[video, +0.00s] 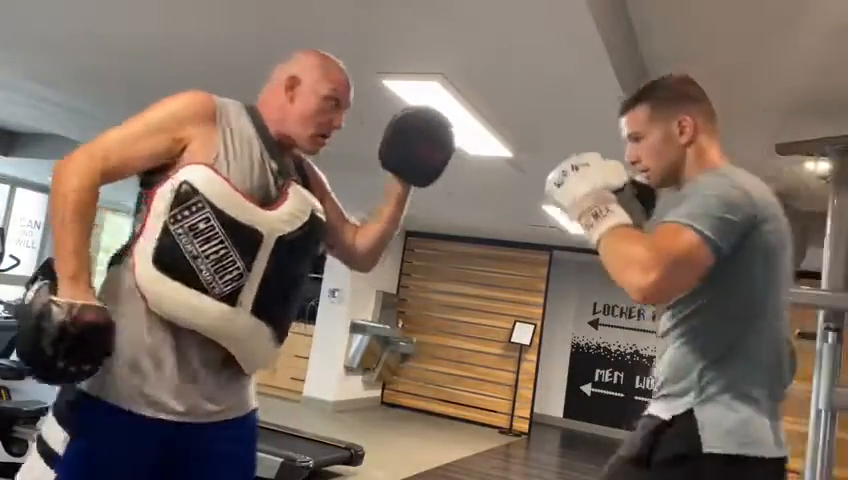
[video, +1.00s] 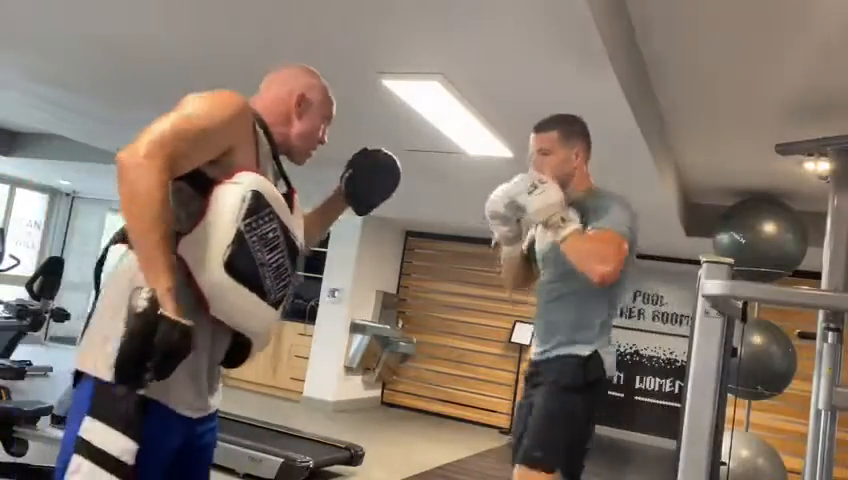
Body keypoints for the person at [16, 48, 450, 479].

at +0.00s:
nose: (340, 121)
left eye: (345, 111)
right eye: (332, 103)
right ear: (285, 89)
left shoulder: (307, 179)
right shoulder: (201, 115)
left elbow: (361, 251)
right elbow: (77, 169)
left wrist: (401, 185)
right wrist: (75, 291)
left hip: (224, 418)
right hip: (126, 404)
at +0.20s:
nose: (289, 105)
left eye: (293, 92)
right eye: (283, 82)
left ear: (240, 73)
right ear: (238, 67)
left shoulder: (248, 157)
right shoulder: (144, 106)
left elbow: (304, 233)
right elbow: (27, 185)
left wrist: (354, 161)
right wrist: (66, 313)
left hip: (194, 416)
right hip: (107, 417)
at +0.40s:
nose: (263, 88)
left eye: (266, 74)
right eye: (258, 69)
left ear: (217, 55)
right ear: (216, 53)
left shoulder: (210, 141)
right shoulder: (118, 90)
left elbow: (260, 208)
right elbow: (13, 169)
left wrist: (318, 146)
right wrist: (56, 325)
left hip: (164, 401)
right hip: (84, 407)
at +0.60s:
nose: (274, 100)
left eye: (276, 86)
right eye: (271, 82)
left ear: (232, 66)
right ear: (234, 63)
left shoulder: (212, 155)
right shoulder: (139, 94)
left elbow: (246, 214)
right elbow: (35, 179)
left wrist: (304, 162)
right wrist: (78, 338)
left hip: (154, 404)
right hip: (72, 403)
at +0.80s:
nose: (304, 128)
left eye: (308, 117)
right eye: (304, 111)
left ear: (268, 96)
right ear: (274, 93)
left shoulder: (248, 175)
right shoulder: (191, 109)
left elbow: (266, 237)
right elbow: (90, 172)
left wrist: (320, 194)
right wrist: (107, 325)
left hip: (177, 412)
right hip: (102, 408)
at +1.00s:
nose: (325, 137)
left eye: (329, 126)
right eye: (324, 121)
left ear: (295, 105)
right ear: (298, 103)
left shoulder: (275, 183)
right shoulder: (230, 111)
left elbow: (291, 241)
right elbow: (140, 161)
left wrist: (343, 198)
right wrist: (166, 299)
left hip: (196, 392)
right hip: (137, 378)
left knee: (187, 473)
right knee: (104, 474)